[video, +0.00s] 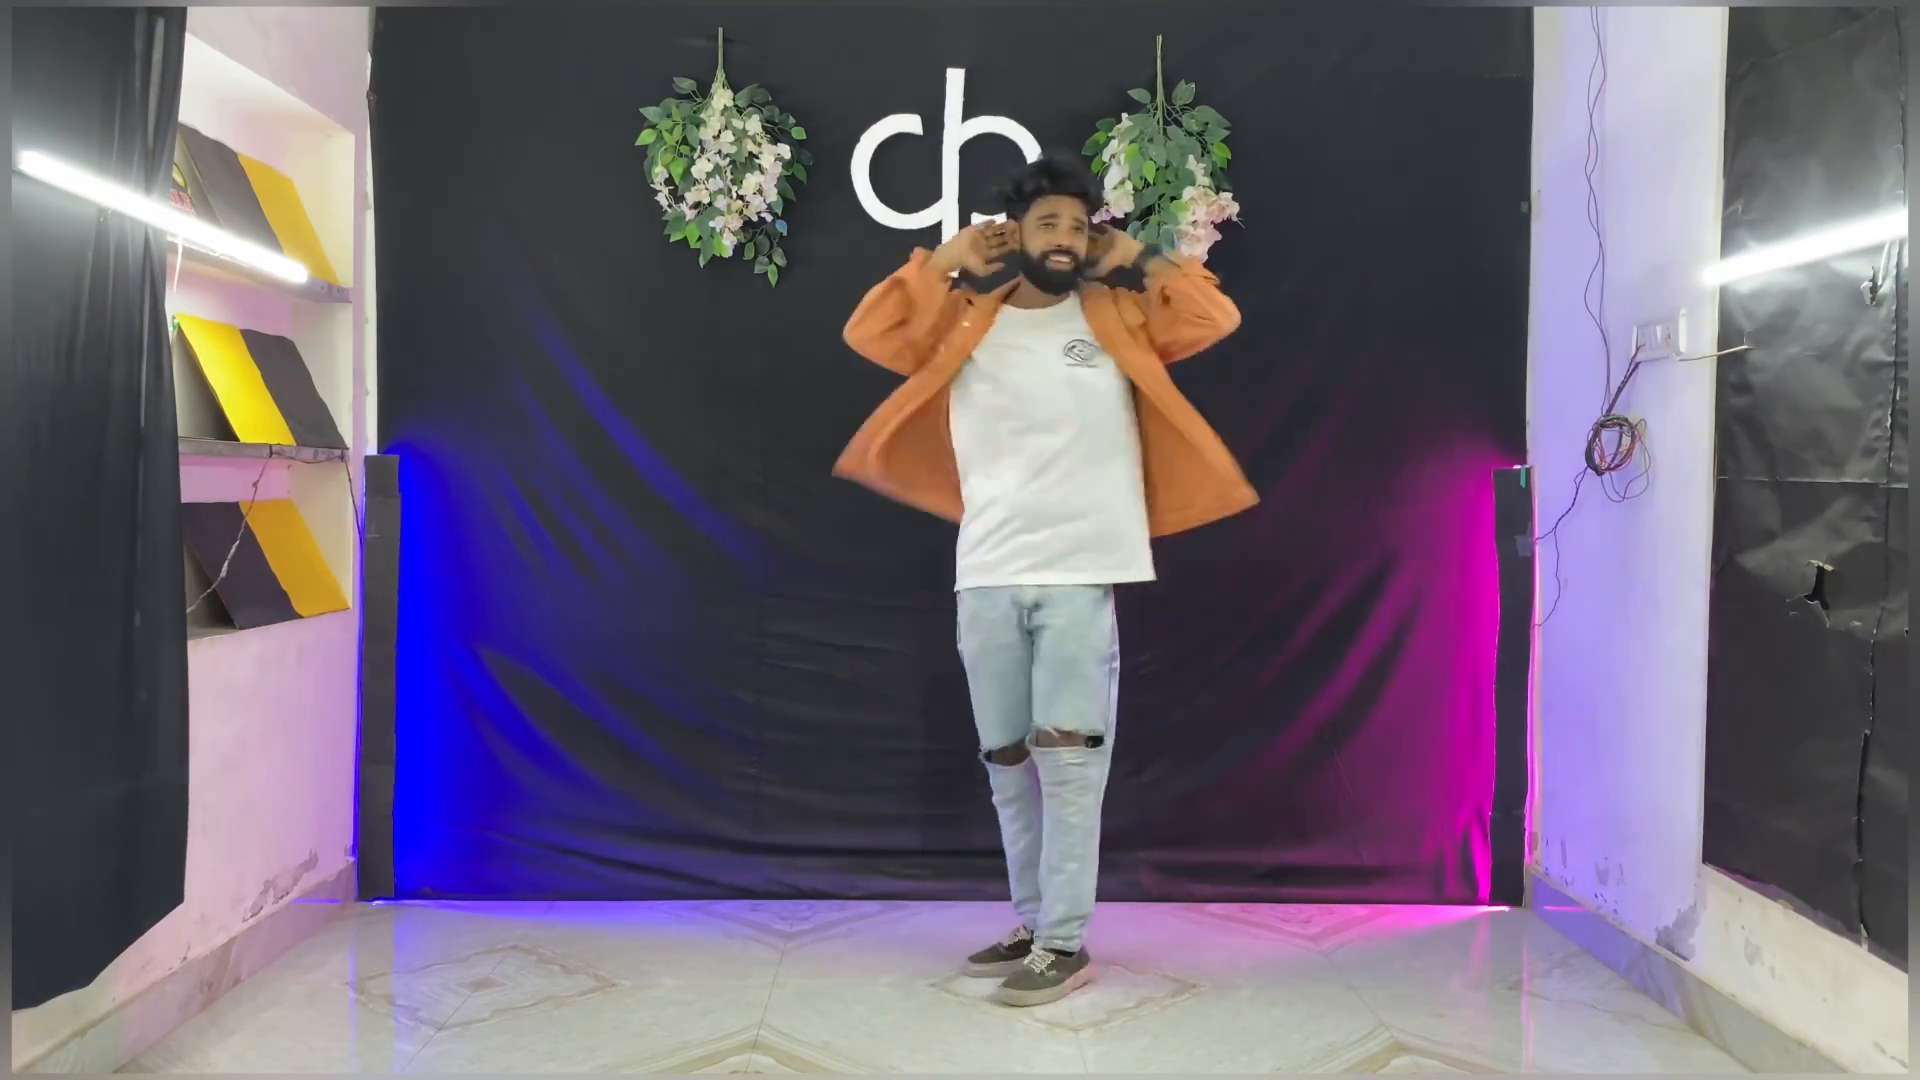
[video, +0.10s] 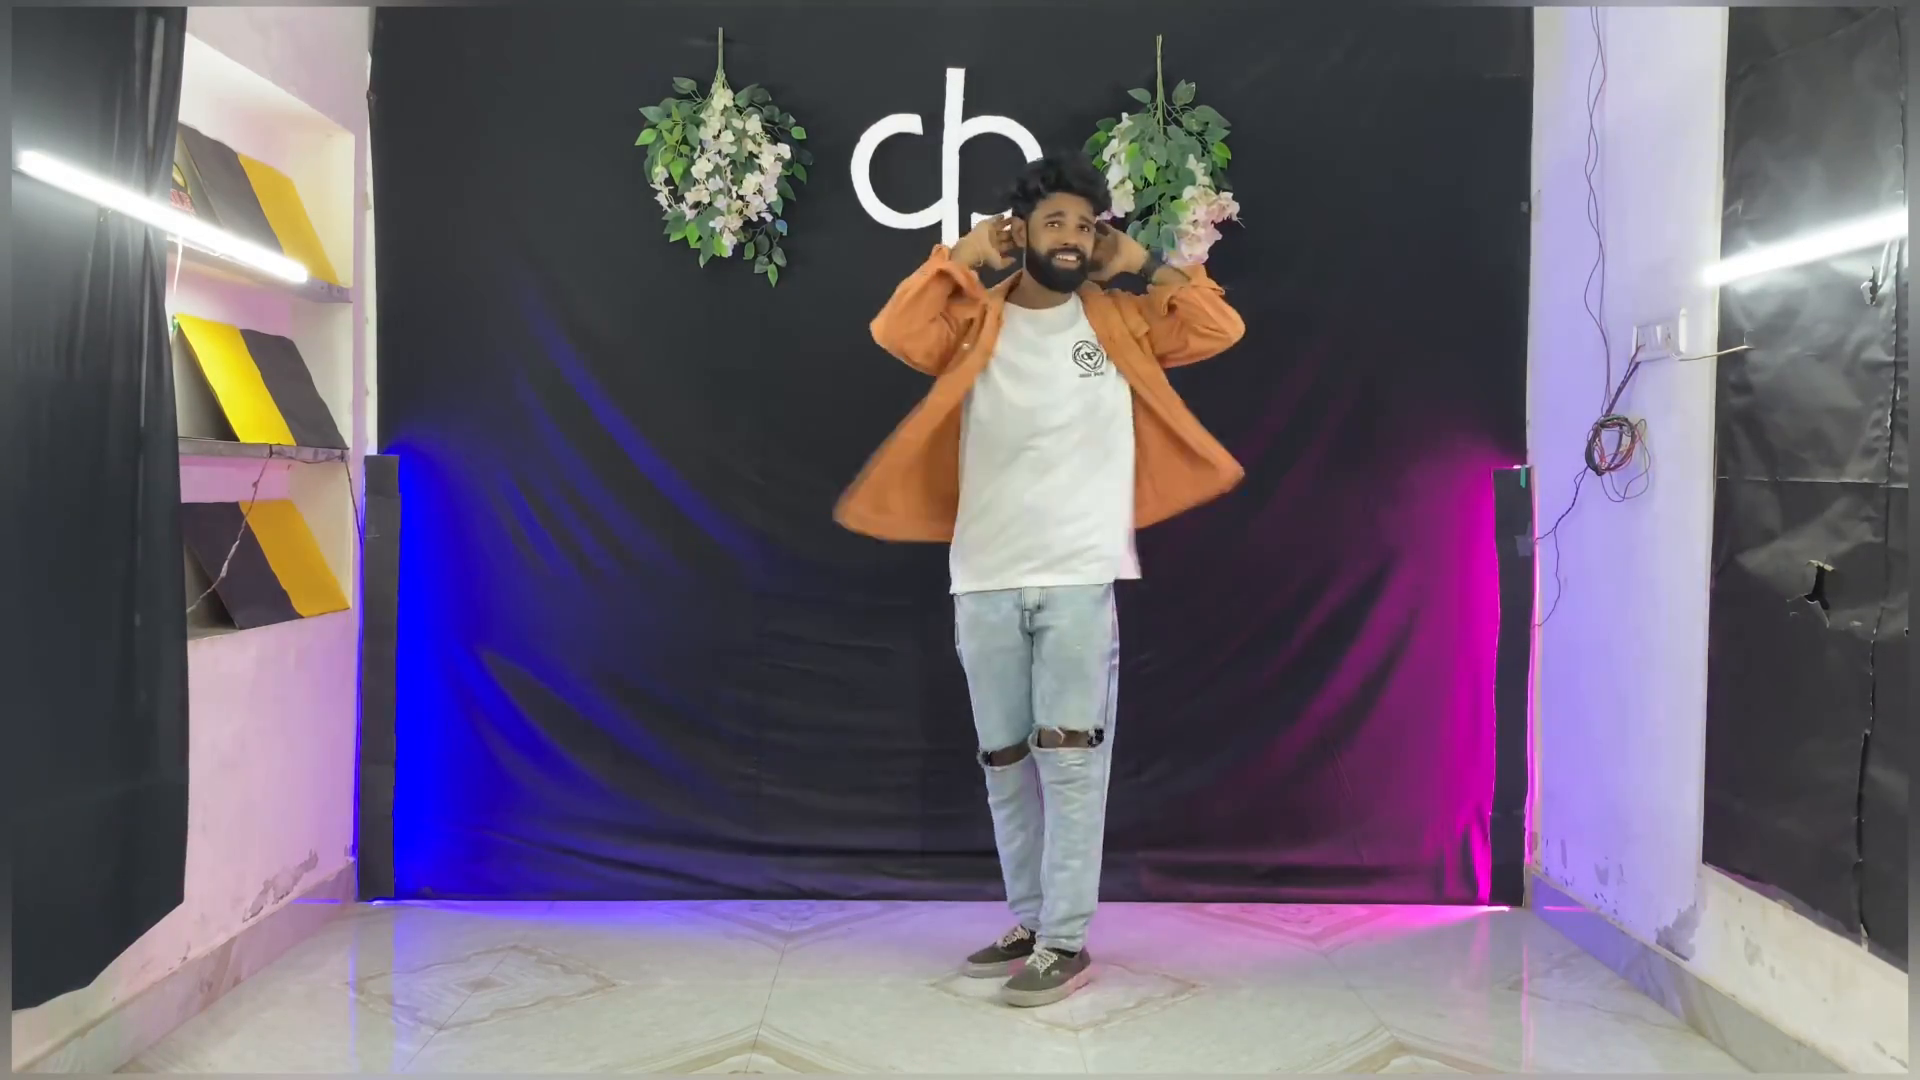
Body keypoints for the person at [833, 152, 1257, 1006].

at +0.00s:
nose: (1060, 241)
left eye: (1074, 227)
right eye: (1045, 224)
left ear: (1093, 238)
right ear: (1014, 230)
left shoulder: (1116, 313)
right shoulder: (965, 316)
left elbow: (1215, 318)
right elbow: (867, 334)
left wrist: (1136, 258)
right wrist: (949, 257)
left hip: (1081, 565)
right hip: (988, 567)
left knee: (1067, 755)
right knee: (1007, 759)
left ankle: (1063, 940)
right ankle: (1032, 926)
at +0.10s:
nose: (1068, 238)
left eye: (1083, 225)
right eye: (1053, 221)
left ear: (1101, 240)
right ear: (1020, 232)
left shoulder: (1121, 316)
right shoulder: (977, 314)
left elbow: (1220, 329)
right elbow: (893, 332)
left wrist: (1141, 264)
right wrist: (967, 255)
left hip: (1078, 567)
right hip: (985, 571)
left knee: (1070, 753)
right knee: (1004, 757)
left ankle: (1066, 940)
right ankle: (1031, 922)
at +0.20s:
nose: (1066, 236)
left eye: (1080, 222)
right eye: (1050, 220)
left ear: (1095, 235)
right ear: (1019, 228)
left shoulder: (1123, 317)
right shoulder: (973, 314)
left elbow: (1216, 360)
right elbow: (897, 367)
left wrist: (1162, 272)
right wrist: (948, 271)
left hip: (1079, 571)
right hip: (983, 572)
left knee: (1072, 755)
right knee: (1004, 760)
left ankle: (1070, 938)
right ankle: (1032, 921)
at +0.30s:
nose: (1062, 232)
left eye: (1076, 219)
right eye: (1046, 217)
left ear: (1089, 234)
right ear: (1014, 227)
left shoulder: (1119, 323)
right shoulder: (965, 321)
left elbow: (1169, 436)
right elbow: (919, 431)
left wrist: (1189, 375)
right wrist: (913, 341)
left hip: (1079, 572)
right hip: (984, 574)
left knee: (1080, 760)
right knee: (1007, 763)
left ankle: (1077, 940)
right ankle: (1034, 921)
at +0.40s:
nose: (1057, 234)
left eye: (1072, 221)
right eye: (1041, 219)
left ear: (1090, 236)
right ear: (1012, 232)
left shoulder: (1121, 331)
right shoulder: (962, 329)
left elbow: (1157, 430)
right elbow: (932, 441)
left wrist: (1171, 497)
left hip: (1079, 577)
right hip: (980, 579)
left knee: (1078, 759)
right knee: (993, 762)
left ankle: (1076, 940)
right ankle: (1034, 915)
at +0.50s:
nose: (1062, 252)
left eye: (1076, 238)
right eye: (1045, 237)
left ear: (1093, 249)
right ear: (1015, 245)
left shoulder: (1117, 351)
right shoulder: (962, 333)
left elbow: (1147, 464)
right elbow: (926, 442)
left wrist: (1162, 468)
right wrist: (964, 464)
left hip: (1074, 583)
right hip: (973, 582)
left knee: (1073, 760)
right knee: (961, 762)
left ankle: (1077, 940)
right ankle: (1033, 872)